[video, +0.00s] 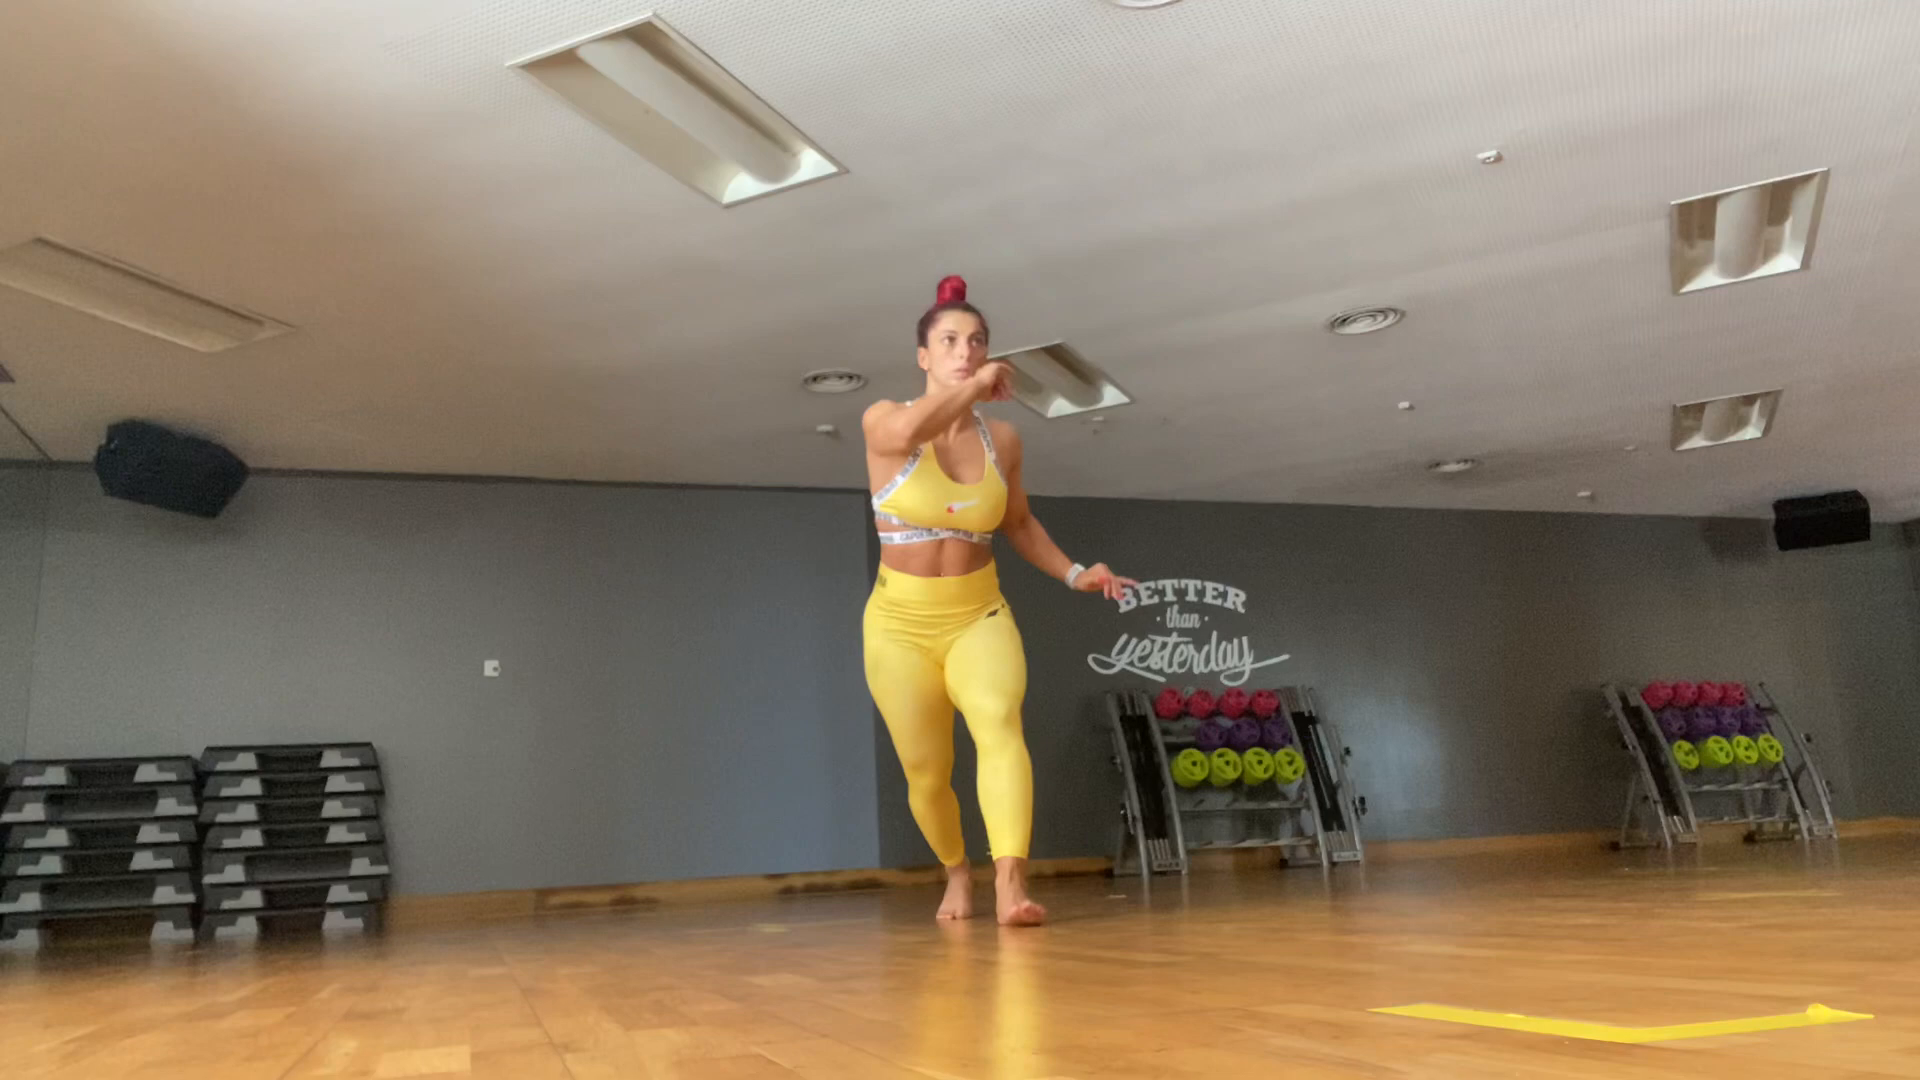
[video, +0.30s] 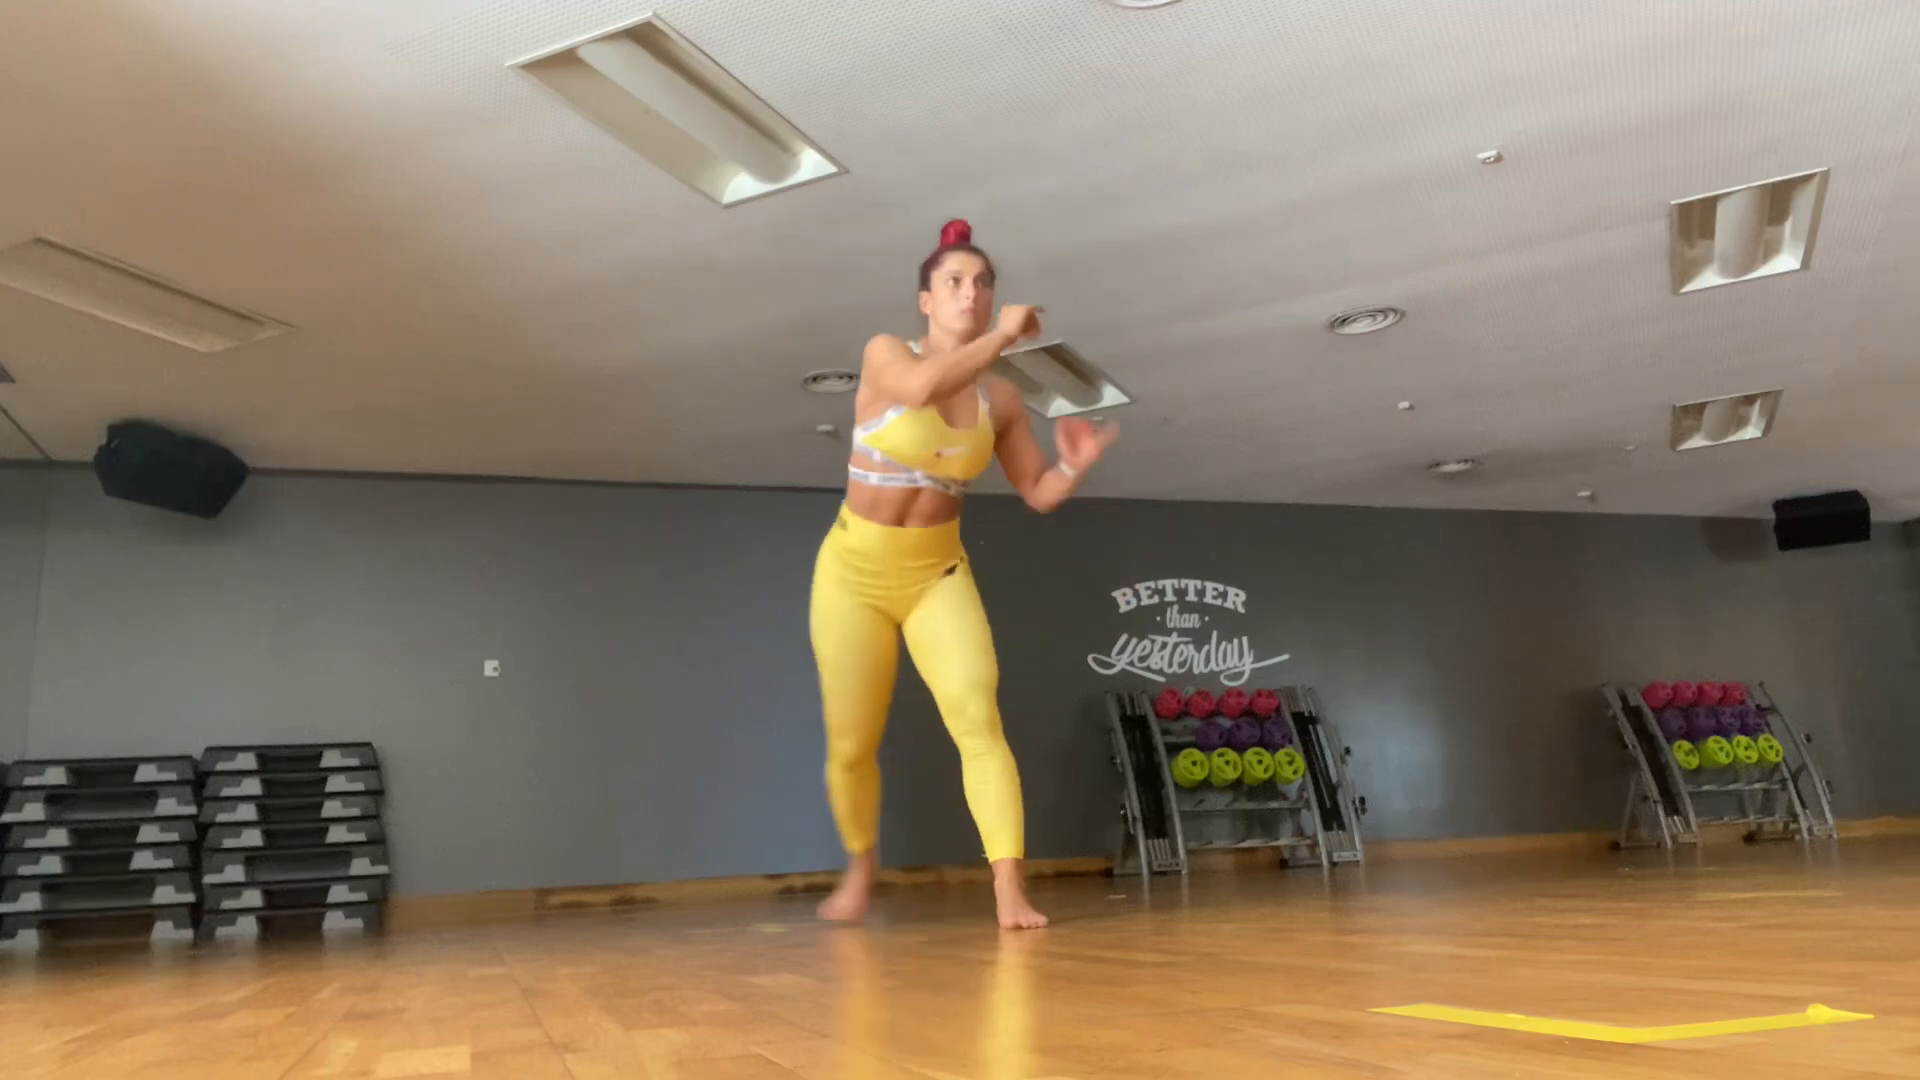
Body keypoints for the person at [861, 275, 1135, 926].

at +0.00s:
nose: (967, 352)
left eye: (976, 343)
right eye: (951, 341)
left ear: (989, 357)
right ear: (922, 356)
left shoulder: (1000, 437)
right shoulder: (883, 420)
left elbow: (1019, 523)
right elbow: (908, 430)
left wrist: (1074, 574)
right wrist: (972, 384)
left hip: (980, 617)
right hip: (897, 622)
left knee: (999, 721)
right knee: (925, 770)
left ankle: (1010, 881)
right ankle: (956, 873)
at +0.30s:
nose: (970, 291)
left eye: (981, 282)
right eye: (954, 281)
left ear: (992, 299)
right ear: (925, 297)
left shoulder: (1001, 398)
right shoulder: (886, 352)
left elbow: (1038, 492)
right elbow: (919, 385)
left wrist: (1073, 463)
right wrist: (1001, 336)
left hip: (939, 574)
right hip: (852, 570)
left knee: (979, 719)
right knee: (849, 744)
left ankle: (1009, 887)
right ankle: (860, 866)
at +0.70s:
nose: (740, 329)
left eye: (755, 315)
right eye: (723, 314)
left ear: (776, 329)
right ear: (696, 329)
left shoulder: (807, 416)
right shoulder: (667, 405)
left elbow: (882, 484)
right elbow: (637, 430)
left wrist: (938, 492)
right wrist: (741, 363)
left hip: (791, 603)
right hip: (691, 609)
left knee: (884, 726)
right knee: (606, 729)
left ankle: (995, 883)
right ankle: (565, 918)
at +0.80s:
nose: (688, 321)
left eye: (703, 307)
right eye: (670, 308)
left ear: (724, 323)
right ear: (645, 324)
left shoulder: (756, 407)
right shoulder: (610, 402)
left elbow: (840, 460)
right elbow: (544, 460)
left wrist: (895, 459)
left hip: (738, 596)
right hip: (640, 600)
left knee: (827, 732)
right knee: (571, 732)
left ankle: (928, 882)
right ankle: (561, 919)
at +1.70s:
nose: (497, 348)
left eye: (516, 335)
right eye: (485, 334)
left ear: (545, 354)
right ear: (467, 348)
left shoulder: (579, 418)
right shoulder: (452, 424)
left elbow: (575, 500)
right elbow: (381, 511)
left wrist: (498, 435)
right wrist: (422, 428)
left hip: (606, 602)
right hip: (515, 606)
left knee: (663, 757)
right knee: (471, 746)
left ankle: (635, 882)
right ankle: (453, 925)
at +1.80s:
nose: (529, 358)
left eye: (547, 346)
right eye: (519, 342)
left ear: (575, 364)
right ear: (500, 353)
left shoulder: (608, 431)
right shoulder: (468, 433)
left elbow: (602, 523)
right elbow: (433, 531)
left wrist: (525, 453)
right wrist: (471, 462)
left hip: (619, 604)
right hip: (524, 608)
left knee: (701, 734)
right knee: (476, 739)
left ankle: (719, 890)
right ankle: (454, 922)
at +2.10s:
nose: (822, 377)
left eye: (835, 368)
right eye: (812, 358)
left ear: (842, 389)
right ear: (779, 361)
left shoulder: (816, 465)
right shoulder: (705, 424)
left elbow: (875, 477)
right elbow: (596, 454)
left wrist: (853, 380)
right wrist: (556, 474)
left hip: (687, 626)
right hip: (615, 594)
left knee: (791, 723)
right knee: (578, 734)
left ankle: (785, 901)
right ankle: (481, 901)